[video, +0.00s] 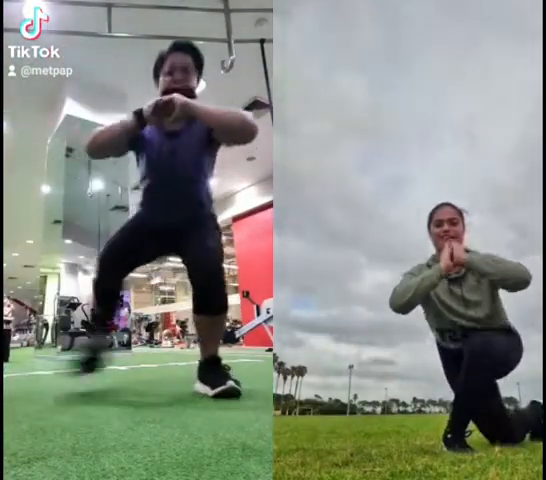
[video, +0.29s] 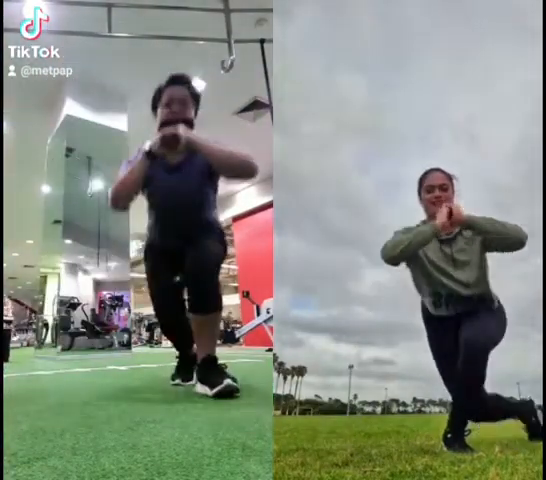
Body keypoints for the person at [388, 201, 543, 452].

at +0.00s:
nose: (446, 229)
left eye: (453, 223)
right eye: (438, 224)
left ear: (464, 228)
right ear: (430, 233)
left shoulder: (479, 262)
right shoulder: (423, 272)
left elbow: (522, 278)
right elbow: (398, 304)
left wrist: (467, 258)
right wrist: (440, 270)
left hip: (499, 343)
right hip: (455, 353)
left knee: (477, 351)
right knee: (502, 435)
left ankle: (455, 434)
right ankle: (535, 414)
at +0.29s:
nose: (437, 195)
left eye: (443, 189)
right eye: (429, 190)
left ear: (453, 195)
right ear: (420, 198)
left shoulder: (473, 233)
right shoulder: (413, 235)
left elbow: (519, 238)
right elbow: (389, 255)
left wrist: (466, 220)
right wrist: (435, 226)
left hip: (482, 313)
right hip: (440, 323)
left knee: (473, 343)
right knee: (470, 405)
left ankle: (455, 433)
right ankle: (525, 410)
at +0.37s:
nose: (433, 185)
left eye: (440, 178)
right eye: (425, 180)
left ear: (450, 183)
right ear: (416, 187)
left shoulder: (468, 221)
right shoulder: (409, 224)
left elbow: (513, 232)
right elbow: (386, 246)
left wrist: (463, 215)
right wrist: (431, 220)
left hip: (476, 306)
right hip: (434, 313)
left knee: (471, 342)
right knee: (448, 398)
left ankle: (454, 433)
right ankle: (502, 403)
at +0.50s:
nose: (425, 175)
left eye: (431, 168)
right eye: (417, 170)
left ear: (442, 172)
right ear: (408, 177)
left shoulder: (461, 207)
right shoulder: (402, 215)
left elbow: (499, 222)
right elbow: (374, 238)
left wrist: (450, 204)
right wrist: (417, 210)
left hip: (468, 297)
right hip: (424, 297)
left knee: (471, 348)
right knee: (400, 359)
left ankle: (454, 433)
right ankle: (435, 397)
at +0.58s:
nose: (420, 175)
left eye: (426, 169)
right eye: (412, 170)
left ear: (436, 173)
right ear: (402, 177)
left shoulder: (455, 207)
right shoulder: (396, 216)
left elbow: (489, 224)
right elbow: (366, 240)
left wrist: (442, 206)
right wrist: (410, 211)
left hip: (459, 299)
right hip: (413, 296)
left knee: (469, 348)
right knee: (381, 342)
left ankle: (453, 434)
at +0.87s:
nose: (403, 218)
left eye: (410, 212)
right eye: (396, 212)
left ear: (420, 219)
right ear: (386, 220)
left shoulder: (436, 256)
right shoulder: (374, 257)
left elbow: (474, 275)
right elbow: (341, 286)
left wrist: (424, 249)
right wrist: (391, 254)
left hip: (431, 341)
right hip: (386, 341)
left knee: (458, 343)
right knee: (352, 344)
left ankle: (451, 437)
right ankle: (349, 438)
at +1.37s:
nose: (369, 186)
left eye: (376, 181)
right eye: (363, 181)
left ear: (386, 185)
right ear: (352, 186)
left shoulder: (401, 223)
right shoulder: (342, 220)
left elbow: (438, 239)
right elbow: (314, 243)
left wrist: (392, 214)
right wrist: (363, 217)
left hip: (392, 306)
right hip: (348, 304)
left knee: (424, 336)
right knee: (334, 344)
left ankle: (431, 428)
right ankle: (348, 437)